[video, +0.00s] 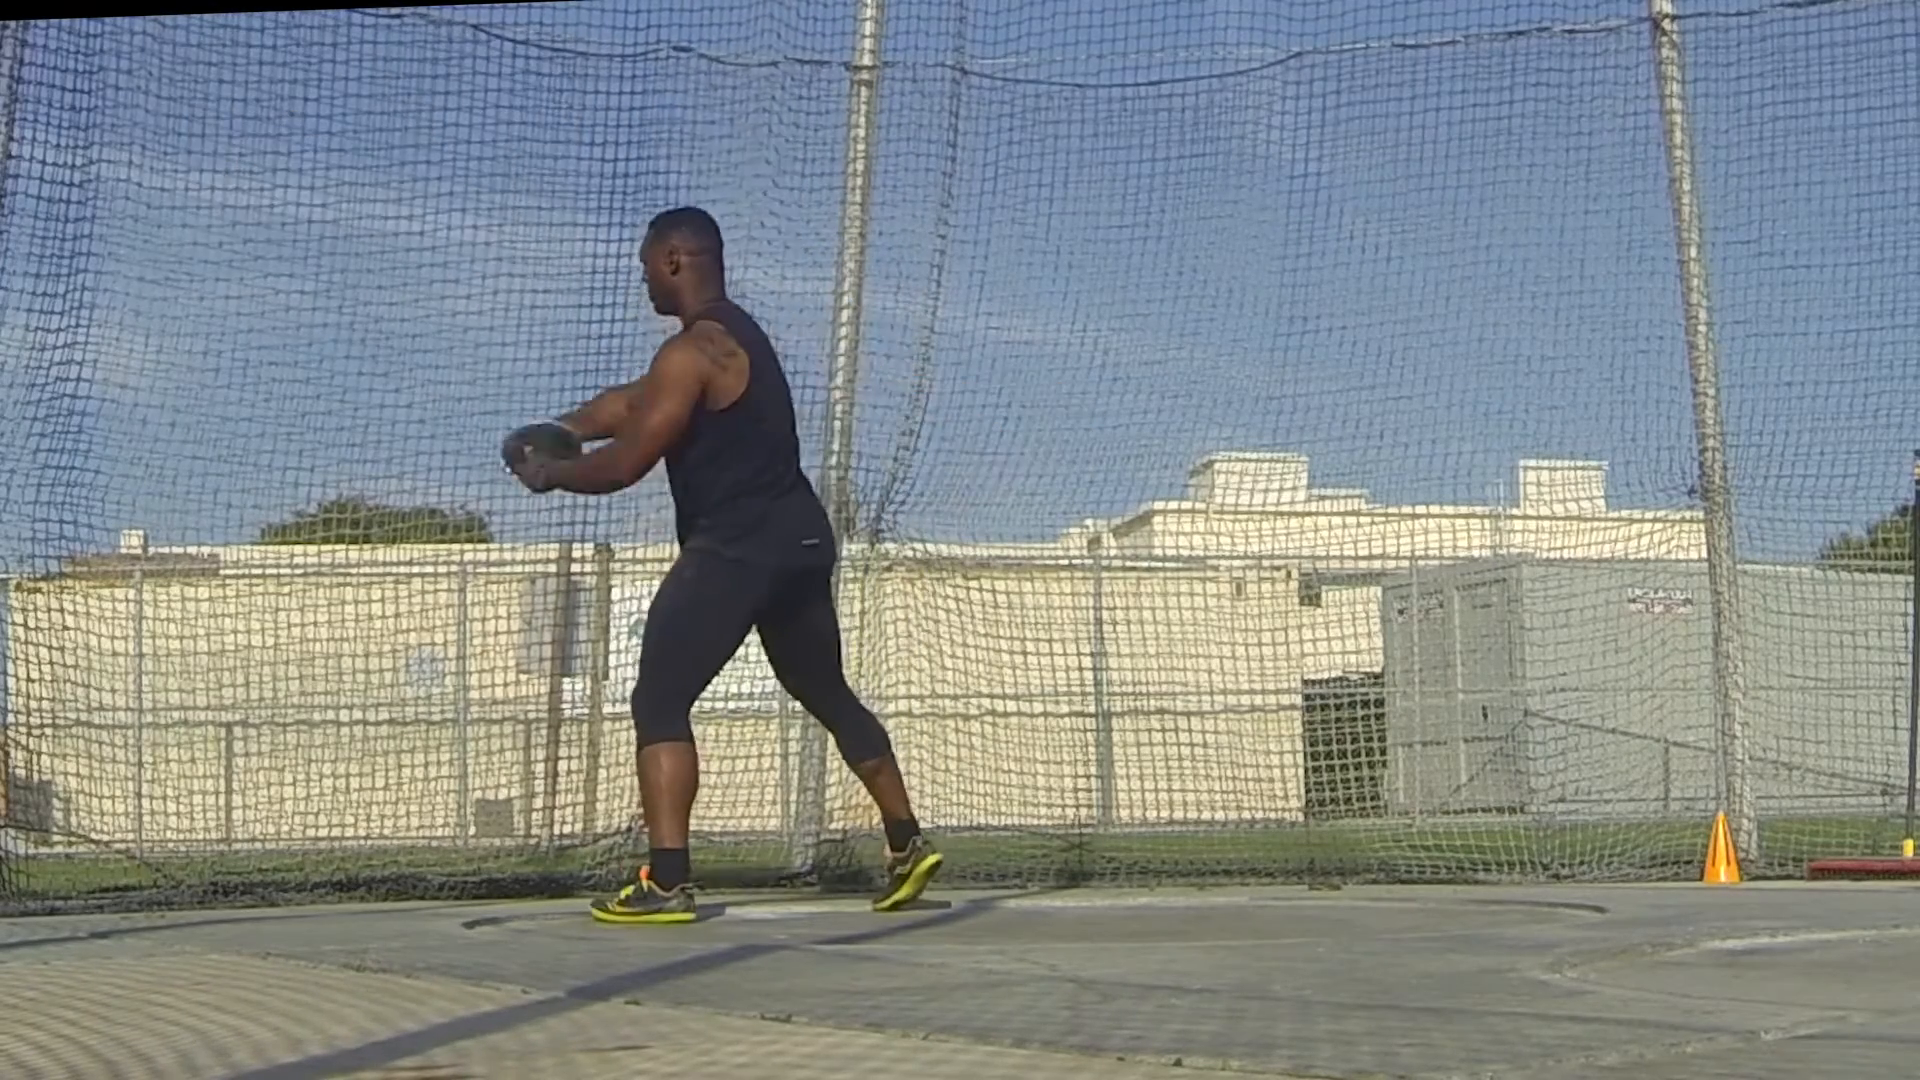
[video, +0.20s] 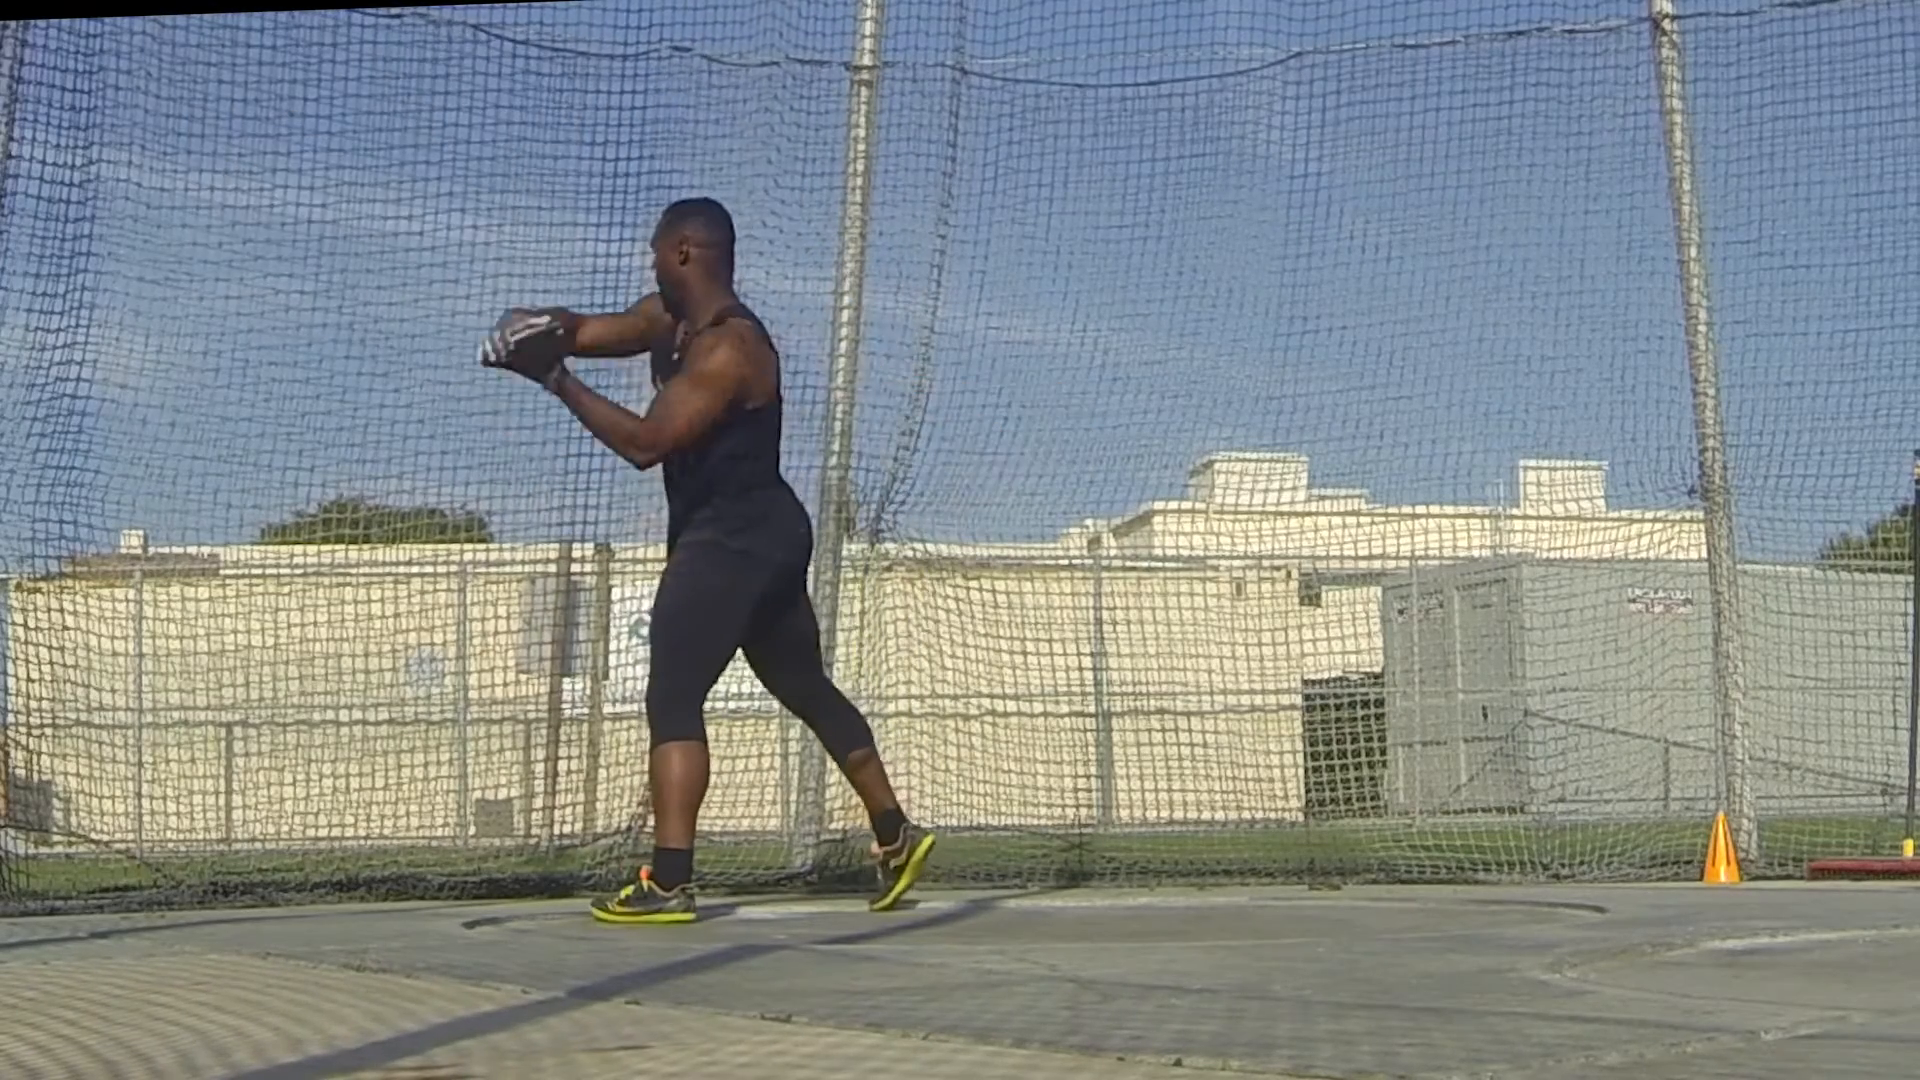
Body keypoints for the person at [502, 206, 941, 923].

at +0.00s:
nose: (642, 280)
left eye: (646, 267)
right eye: (643, 268)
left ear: (674, 263)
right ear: (705, 262)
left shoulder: (688, 352)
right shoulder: (741, 333)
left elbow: (623, 466)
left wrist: (553, 474)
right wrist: (561, 432)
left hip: (730, 553)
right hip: (798, 543)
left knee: (659, 699)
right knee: (825, 690)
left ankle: (666, 880)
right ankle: (908, 841)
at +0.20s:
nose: (650, 268)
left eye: (655, 256)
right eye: (652, 256)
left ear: (684, 254)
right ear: (706, 255)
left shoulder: (729, 347)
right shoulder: (674, 317)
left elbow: (646, 444)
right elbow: (584, 331)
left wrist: (557, 379)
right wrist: (539, 328)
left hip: (729, 540)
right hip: (760, 534)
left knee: (673, 693)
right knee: (803, 686)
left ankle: (669, 877)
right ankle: (895, 832)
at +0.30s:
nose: (653, 264)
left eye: (659, 250)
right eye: (655, 253)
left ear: (690, 251)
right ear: (704, 253)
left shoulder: (748, 346)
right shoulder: (674, 320)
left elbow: (696, 453)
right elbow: (572, 315)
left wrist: (632, 380)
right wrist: (614, 310)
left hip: (729, 538)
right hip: (730, 536)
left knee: (675, 691)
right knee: (799, 689)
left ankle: (671, 877)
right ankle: (886, 830)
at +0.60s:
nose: (634, 295)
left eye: (639, 281)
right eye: (634, 282)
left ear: (671, 276)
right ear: (680, 276)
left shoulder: (757, 361)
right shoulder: (655, 339)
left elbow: (774, 477)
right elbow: (589, 386)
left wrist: (697, 418)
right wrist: (657, 352)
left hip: (749, 549)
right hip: (798, 544)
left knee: (680, 697)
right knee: (807, 698)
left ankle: (670, 879)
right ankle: (904, 857)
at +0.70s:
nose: (630, 345)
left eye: (632, 328)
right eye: (628, 331)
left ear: (659, 318)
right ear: (675, 316)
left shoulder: (743, 380)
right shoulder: (668, 390)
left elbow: (775, 483)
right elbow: (640, 454)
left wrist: (674, 463)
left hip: (775, 561)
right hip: (835, 559)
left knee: (678, 700)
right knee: (826, 707)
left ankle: (669, 879)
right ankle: (903, 869)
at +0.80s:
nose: (651, 393)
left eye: (652, 378)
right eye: (649, 380)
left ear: (677, 369)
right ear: (705, 366)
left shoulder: (726, 405)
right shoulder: (715, 435)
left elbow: (748, 494)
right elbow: (676, 508)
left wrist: (658, 538)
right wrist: (630, 541)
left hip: (796, 579)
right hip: (866, 580)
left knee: (670, 703)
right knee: (844, 715)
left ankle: (666, 881)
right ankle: (902, 876)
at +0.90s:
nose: (701, 417)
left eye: (702, 405)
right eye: (701, 407)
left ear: (714, 396)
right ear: (757, 392)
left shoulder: (731, 421)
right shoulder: (804, 440)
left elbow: (724, 495)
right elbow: (799, 553)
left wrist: (662, 582)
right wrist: (714, 627)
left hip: (797, 586)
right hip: (876, 591)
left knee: (658, 703)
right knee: (861, 724)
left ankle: (662, 879)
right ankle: (904, 876)